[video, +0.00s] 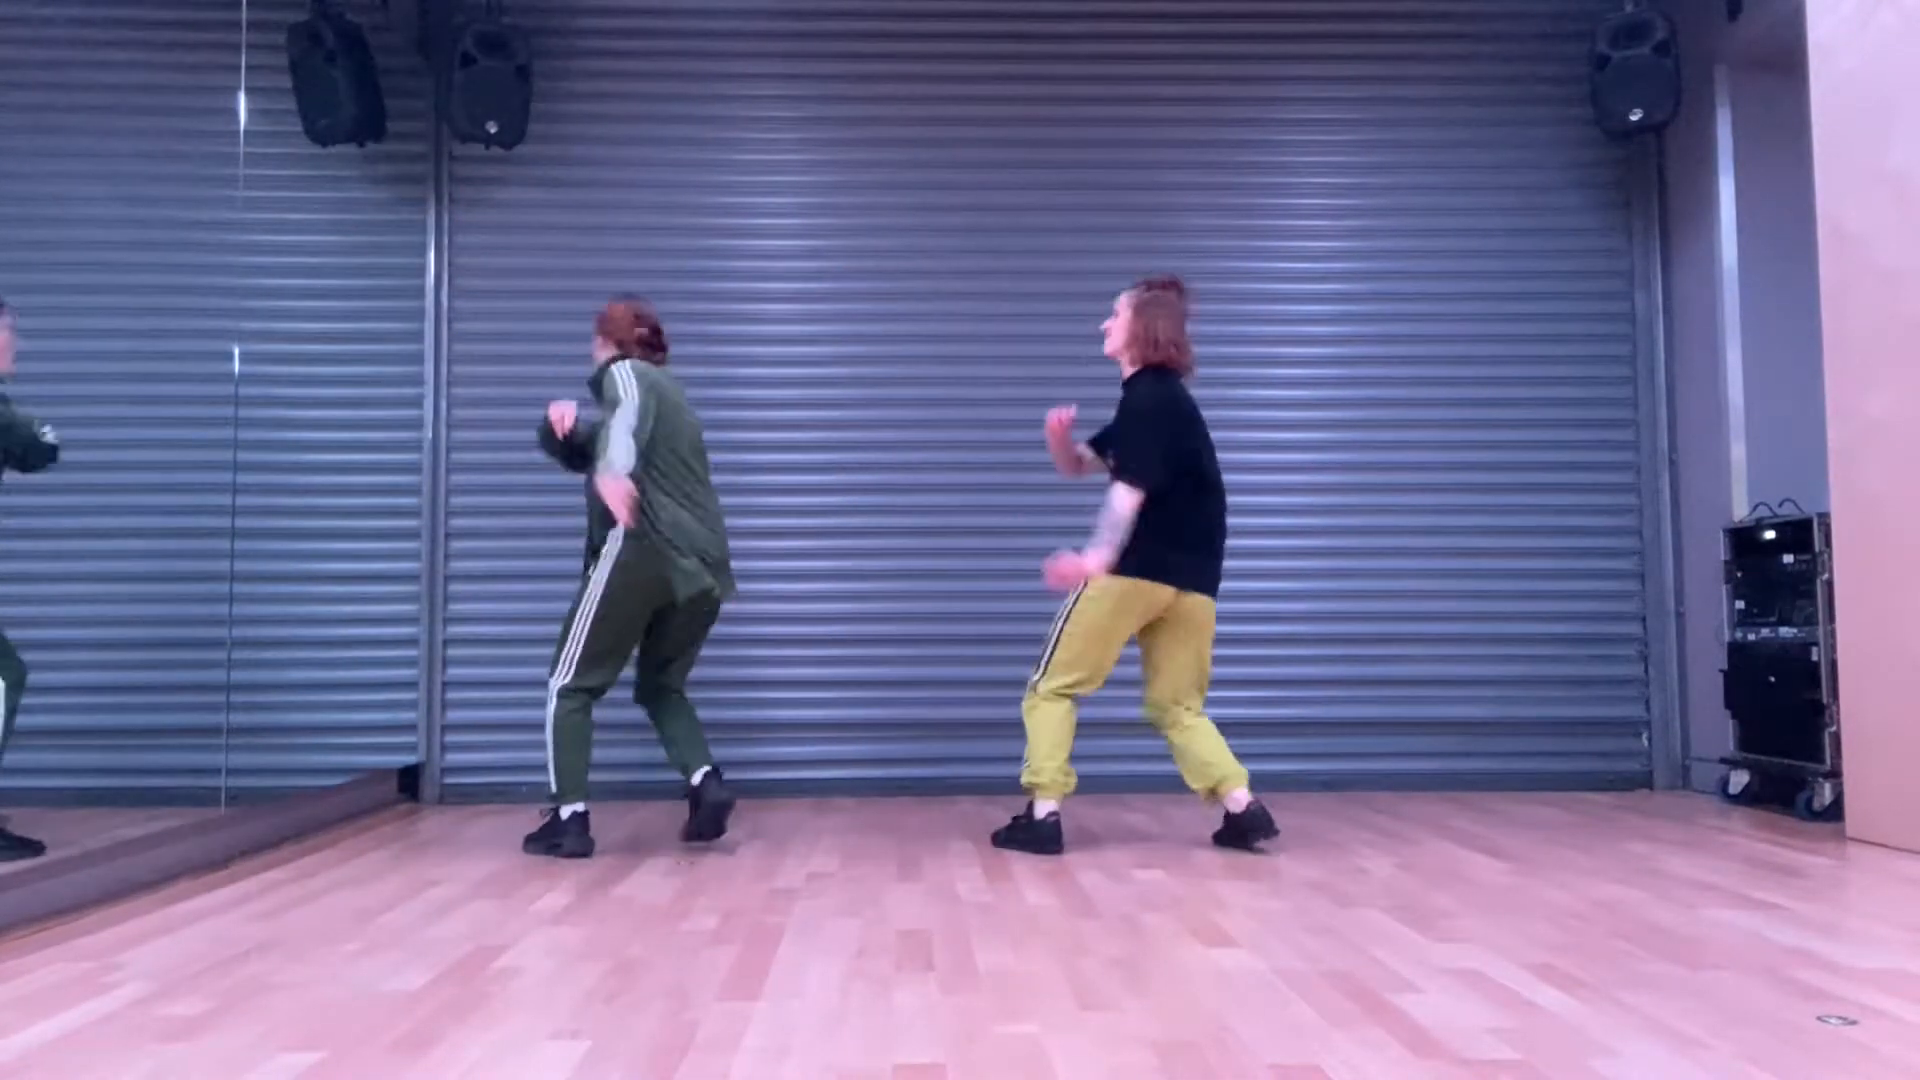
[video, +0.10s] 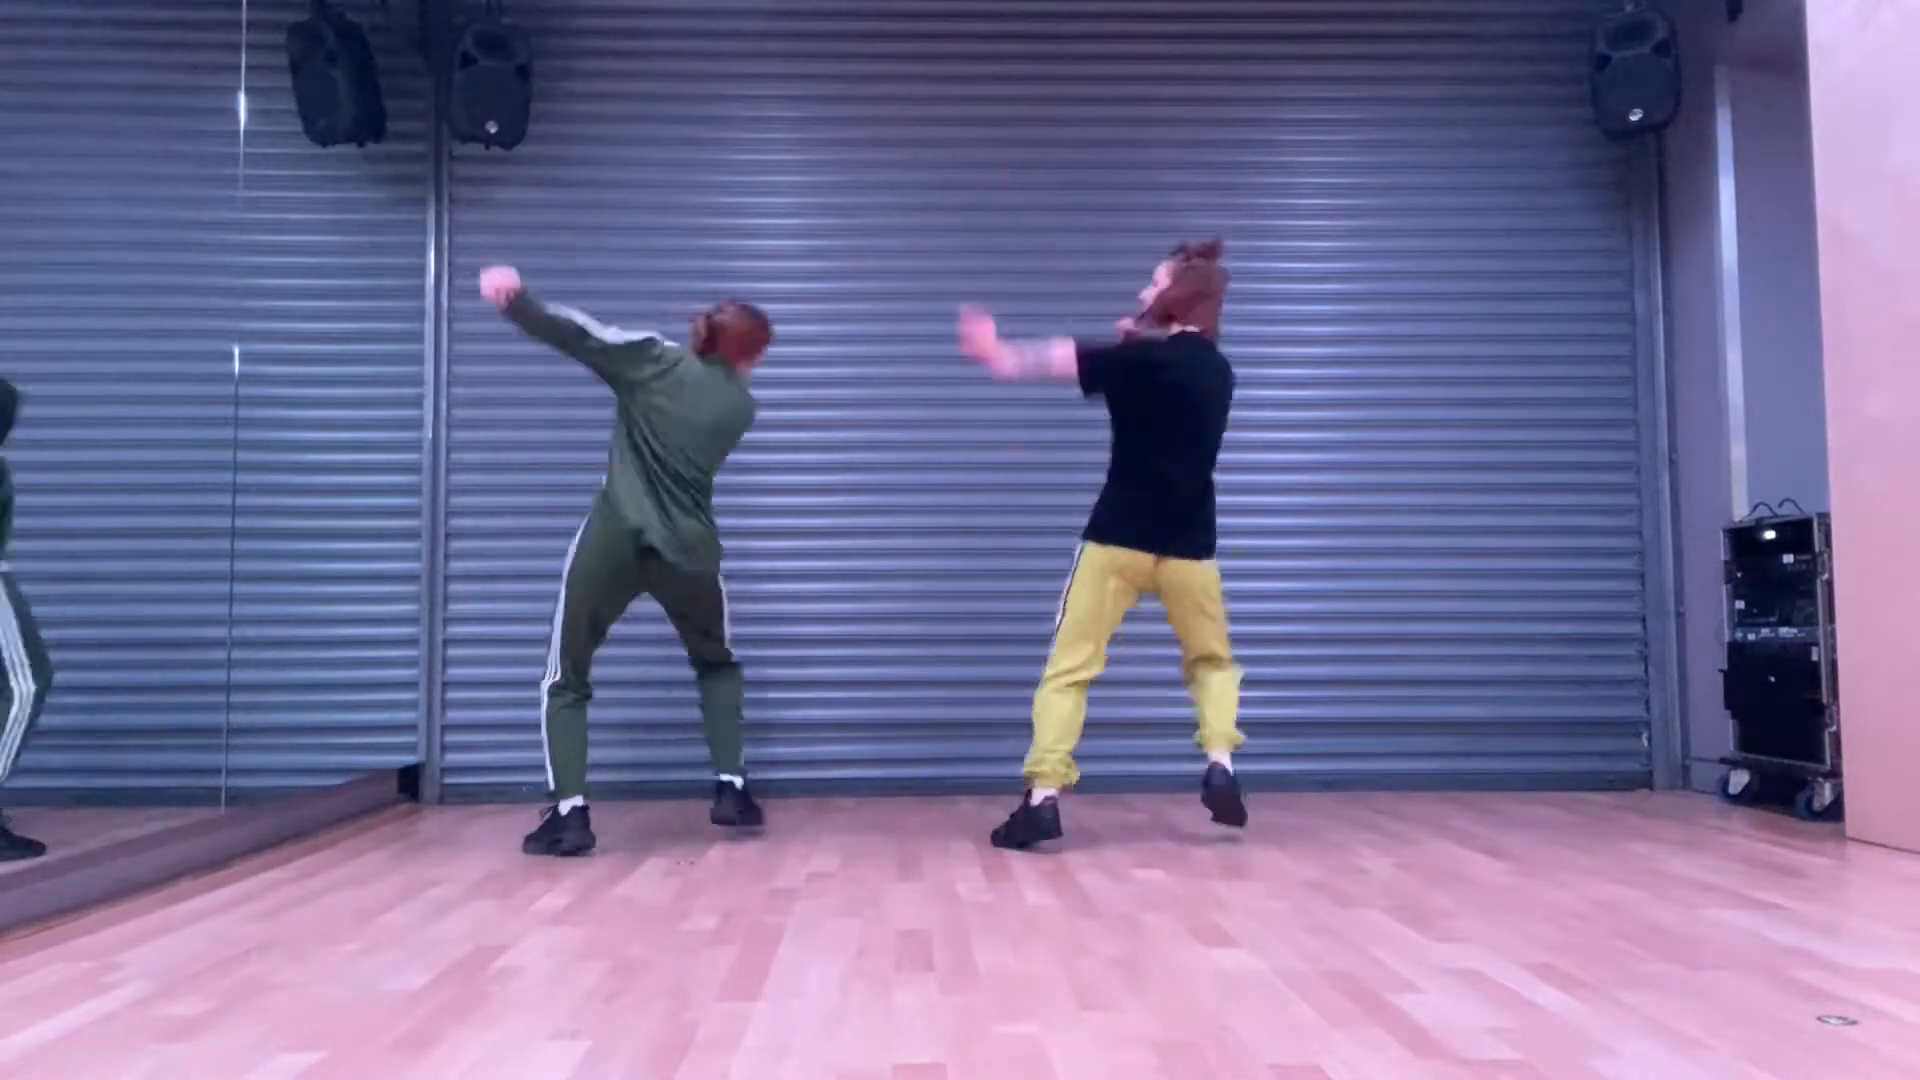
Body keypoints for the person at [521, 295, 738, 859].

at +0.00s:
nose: (592, 349)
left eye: (597, 340)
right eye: (595, 339)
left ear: (615, 344)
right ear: (650, 345)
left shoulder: (622, 370)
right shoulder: (674, 400)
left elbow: (630, 412)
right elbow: (603, 459)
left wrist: (611, 471)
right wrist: (566, 432)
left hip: (642, 552)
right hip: (705, 570)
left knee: (571, 686)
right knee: (662, 688)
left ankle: (570, 817)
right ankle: (706, 786)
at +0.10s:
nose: (702, 319)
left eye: (716, 319)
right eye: (751, 353)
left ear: (712, 334)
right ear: (744, 354)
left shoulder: (651, 358)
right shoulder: (740, 407)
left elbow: (581, 335)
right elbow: (700, 397)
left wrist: (519, 303)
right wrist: (696, 350)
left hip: (613, 537)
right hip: (688, 550)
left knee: (567, 673)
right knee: (715, 663)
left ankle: (570, 812)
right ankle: (732, 789)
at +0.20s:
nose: (815, 389)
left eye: (817, 376)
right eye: (812, 377)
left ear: (755, 353)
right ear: (782, 374)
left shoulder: (688, 351)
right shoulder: (775, 438)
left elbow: (627, 300)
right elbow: (775, 460)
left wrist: (573, 238)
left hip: (610, 536)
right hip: (680, 552)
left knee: (584, 667)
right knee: (724, 667)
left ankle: (549, 794)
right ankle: (737, 797)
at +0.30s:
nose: (792, 382)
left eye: (796, 369)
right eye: (779, 373)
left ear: (801, 368)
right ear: (750, 374)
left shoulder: (718, 385)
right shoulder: (753, 440)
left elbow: (716, 347)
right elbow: (790, 506)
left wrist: (718, 308)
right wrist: (809, 448)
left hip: (637, 535)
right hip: (687, 553)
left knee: (629, 667)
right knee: (749, 670)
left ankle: (539, 762)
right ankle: (737, 797)